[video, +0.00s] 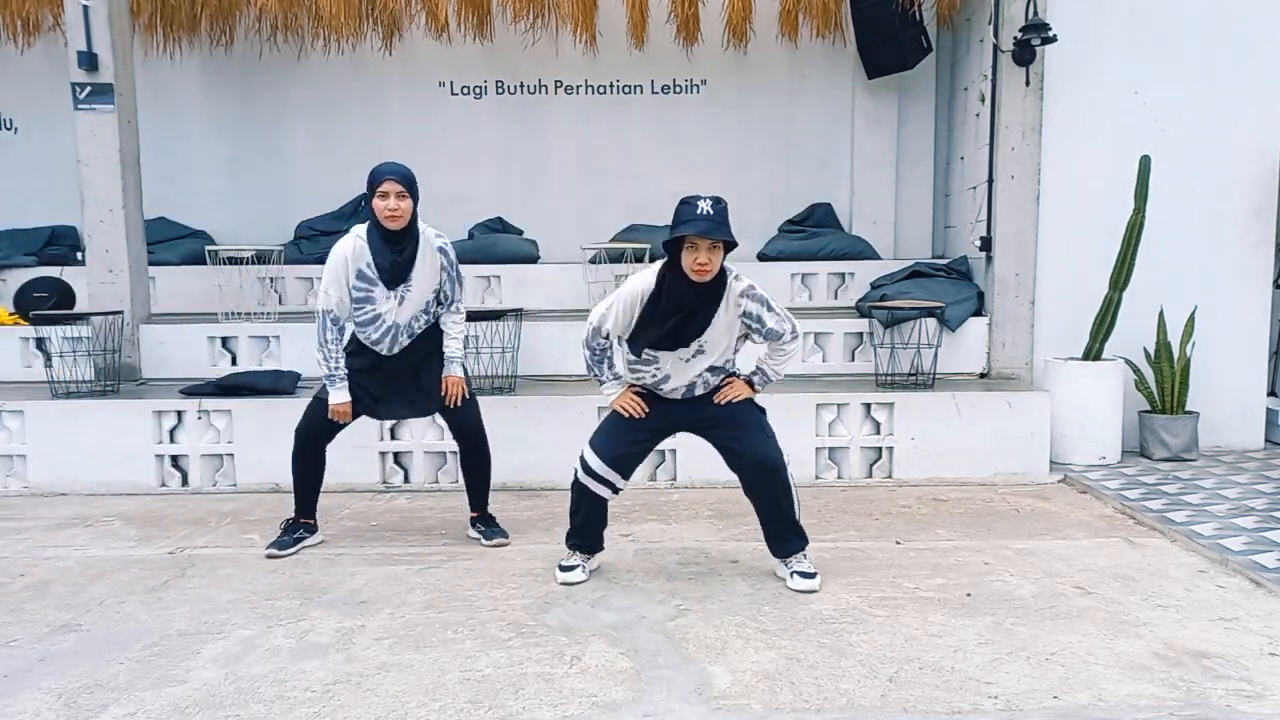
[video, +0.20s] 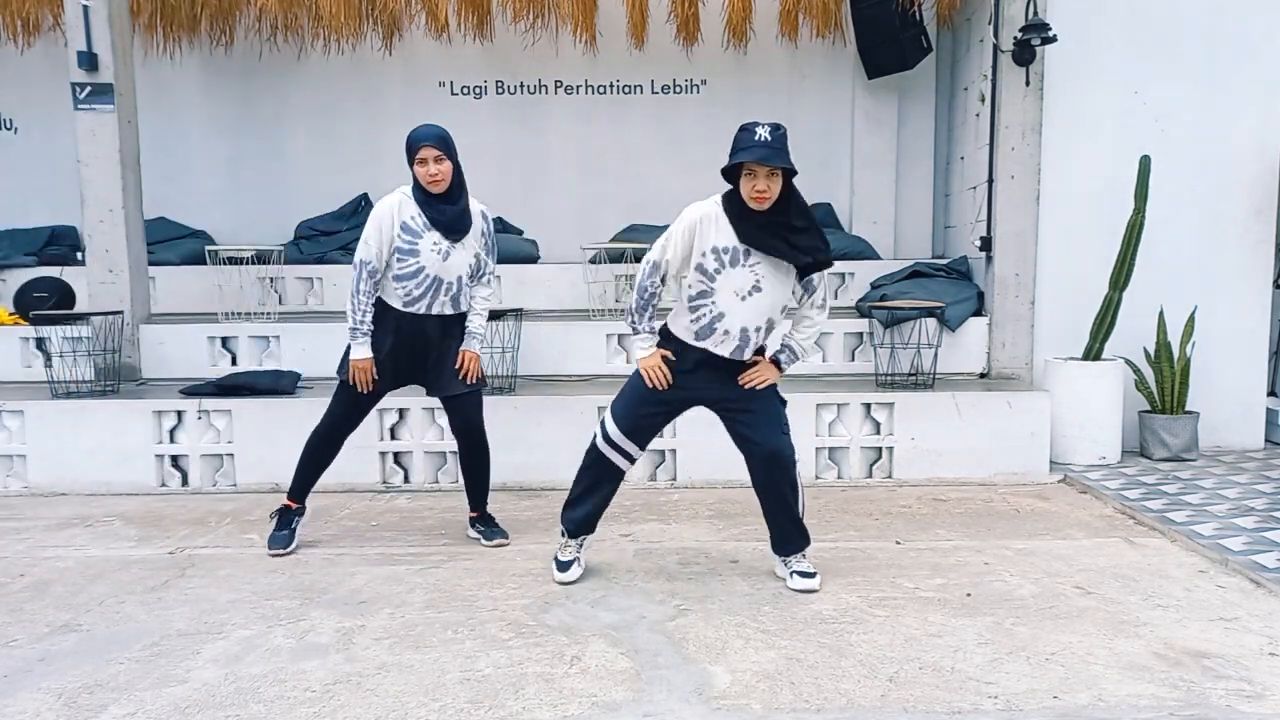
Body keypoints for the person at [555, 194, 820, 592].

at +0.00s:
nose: (703, 258)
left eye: (713, 248)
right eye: (693, 247)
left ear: (725, 250)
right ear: (677, 248)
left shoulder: (739, 293)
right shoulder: (643, 288)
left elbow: (787, 336)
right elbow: (596, 334)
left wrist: (755, 380)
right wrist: (613, 388)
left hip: (718, 396)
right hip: (649, 398)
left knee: (766, 462)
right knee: (595, 467)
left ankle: (792, 554)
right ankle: (582, 550)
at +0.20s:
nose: (760, 184)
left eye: (771, 174)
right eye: (751, 174)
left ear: (786, 177)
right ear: (735, 174)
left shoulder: (801, 238)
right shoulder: (702, 218)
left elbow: (812, 311)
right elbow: (650, 274)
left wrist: (779, 360)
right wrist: (643, 344)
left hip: (748, 372)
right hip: (679, 358)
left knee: (776, 455)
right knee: (615, 436)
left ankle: (792, 552)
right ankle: (574, 534)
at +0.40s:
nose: (768, 168)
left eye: (778, 158)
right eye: (759, 157)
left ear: (792, 161)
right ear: (744, 159)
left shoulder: (808, 226)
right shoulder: (711, 207)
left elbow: (819, 299)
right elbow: (671, 275)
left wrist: (797, 354)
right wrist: (660, 337)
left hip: (762, 356)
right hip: (696, 348)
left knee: (778, 456)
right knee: (646, 450)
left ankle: (791, 551)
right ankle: (600, 535)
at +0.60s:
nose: (780, 169)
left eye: (790, 159)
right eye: (770, 158)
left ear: (804, 163)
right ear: (754, 159)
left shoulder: (815, 225)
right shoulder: (722, 200)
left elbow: (823, 302)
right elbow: (673, 260)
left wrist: (794, 353)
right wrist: (661, 332)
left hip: (761, 358)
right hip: (694, 345)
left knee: (778, 454)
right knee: (641, 442)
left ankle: (791, 550)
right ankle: (601, 534)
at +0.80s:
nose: (767, 238)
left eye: (776, 227)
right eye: (756, 228)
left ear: (790, 229)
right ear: (739, 230)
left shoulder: (806, 277)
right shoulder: (710, 268)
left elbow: (820, 327)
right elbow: (645, 308)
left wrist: (782, 372)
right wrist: (650, 368)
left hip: (748, 385)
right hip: (680, 377)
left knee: (784, 455)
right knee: (628, 451)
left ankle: (792, 552)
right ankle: (588, 554)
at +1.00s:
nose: (673, 259)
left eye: (682, 248)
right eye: (662, 249)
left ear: (697, 249)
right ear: (647, 252)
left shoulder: (725, 283)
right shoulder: (629, 297)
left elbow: (771, 319)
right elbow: (587, 335)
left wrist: (753, 375)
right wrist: (622, 383)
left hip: (723, 395)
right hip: (656, 398)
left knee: (771, 459)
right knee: (606, 465)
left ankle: (791, 553)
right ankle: (587, 560)